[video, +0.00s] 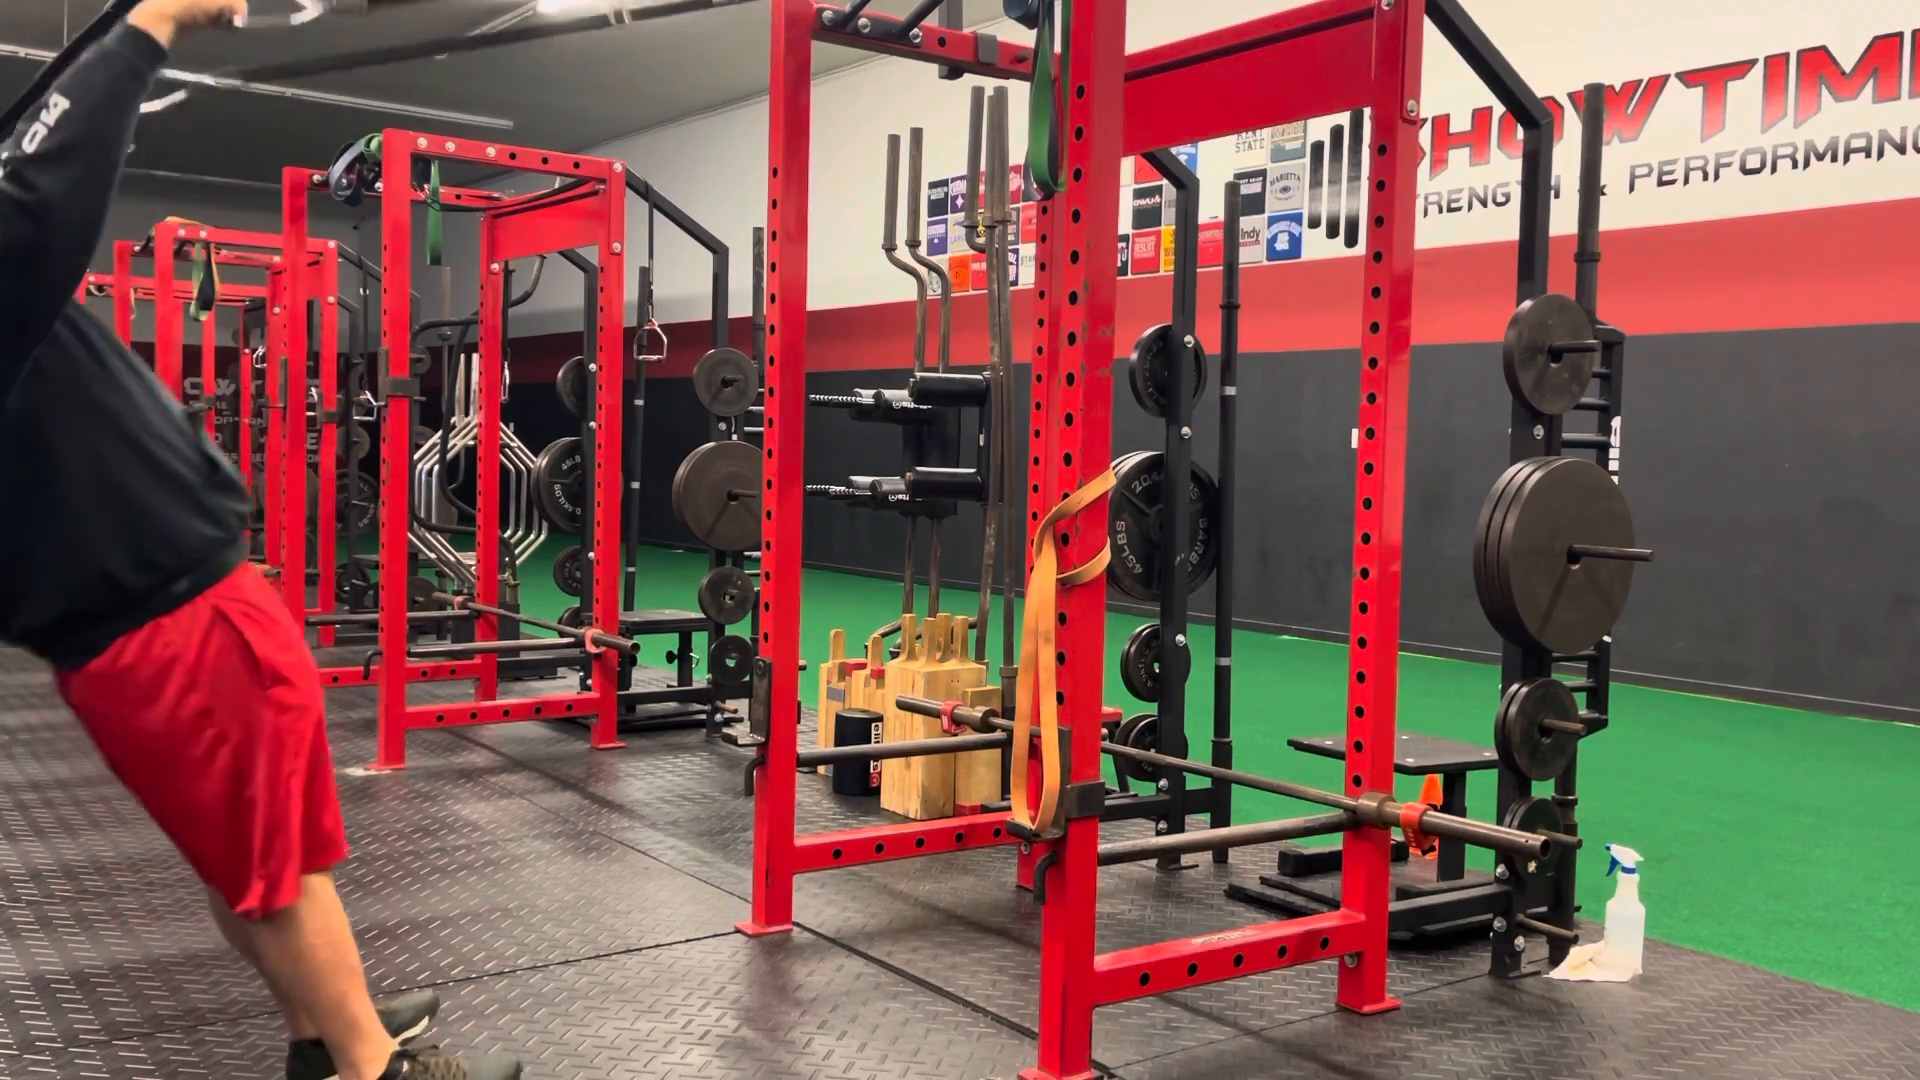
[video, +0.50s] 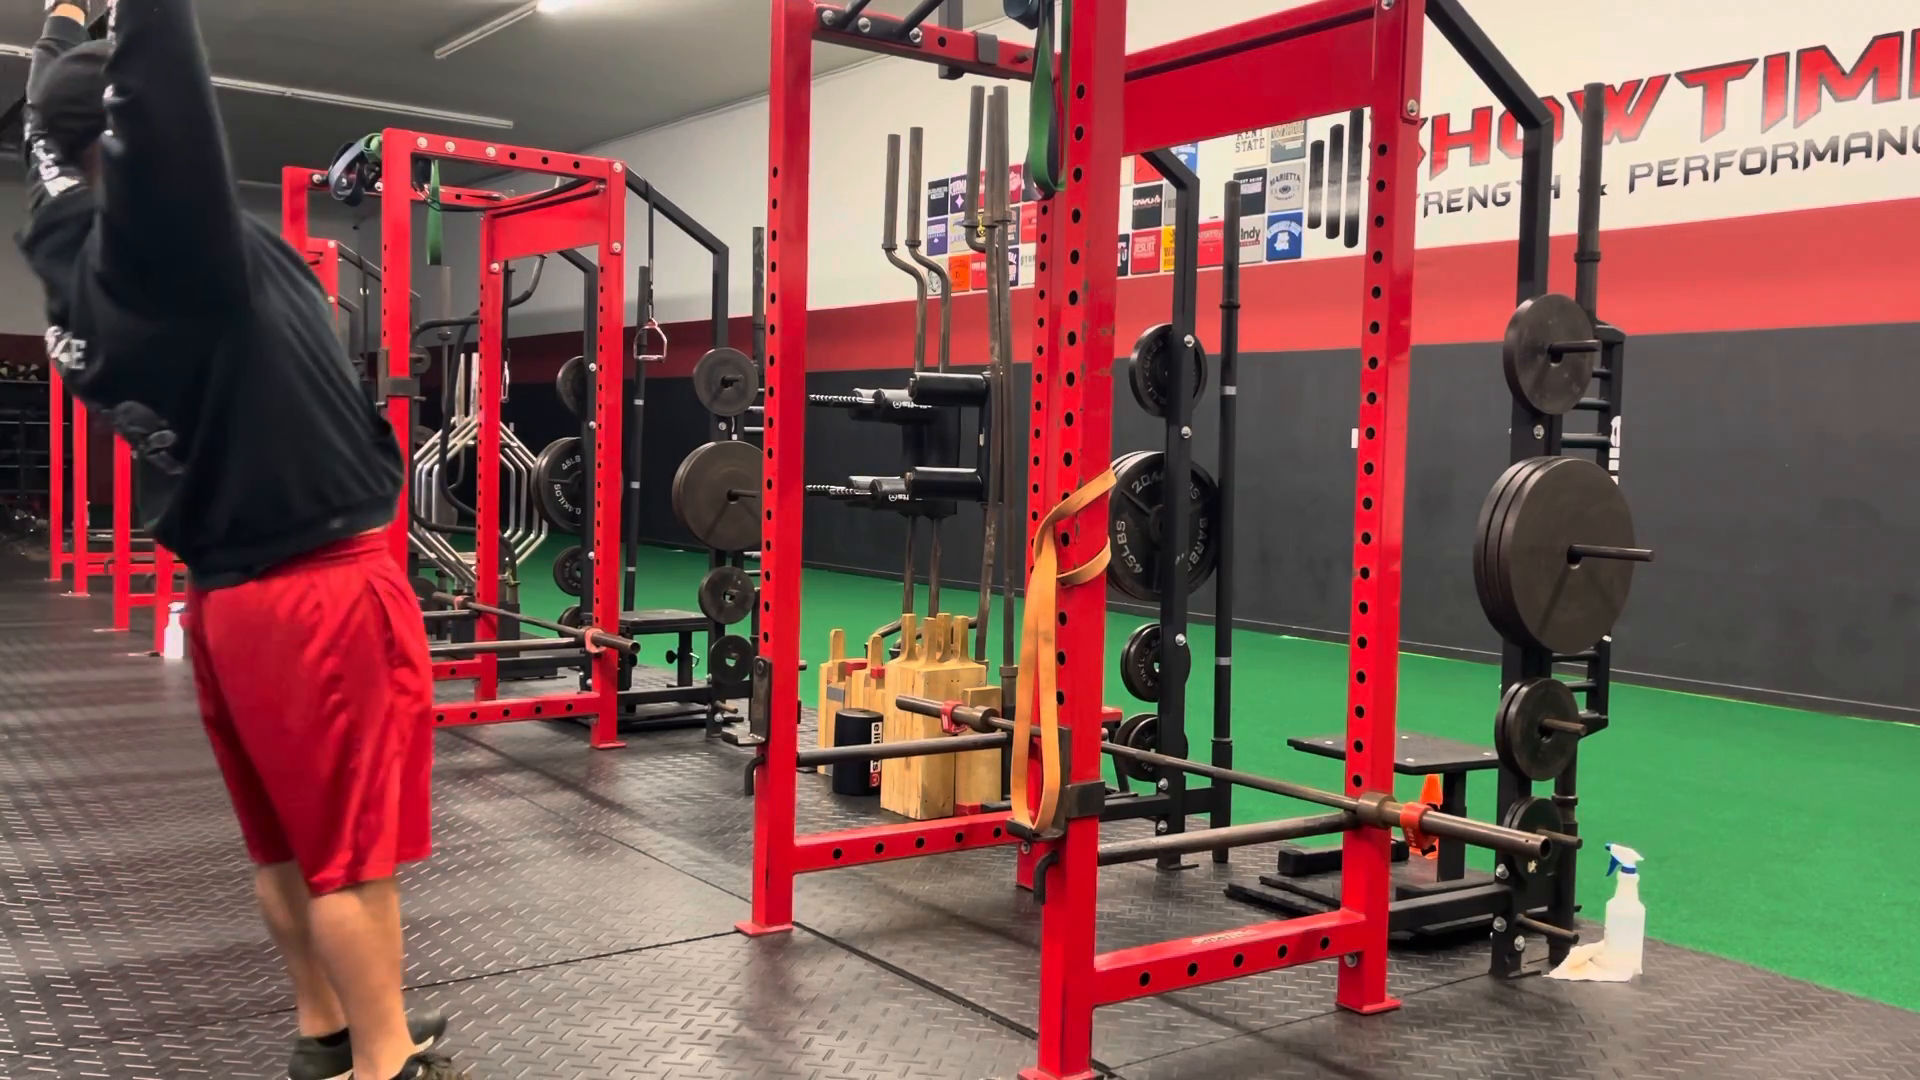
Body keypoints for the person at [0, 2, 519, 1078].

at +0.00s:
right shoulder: (11, 289)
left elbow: (33, 139)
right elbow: (43, 186)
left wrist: (140, 19)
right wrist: (150, 22)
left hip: (125, 621)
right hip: (169, 611)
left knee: (248, 863)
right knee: (282, 870)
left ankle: (329, 1035)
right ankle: (371, 1059)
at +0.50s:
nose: (178, 128)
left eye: (169, 107)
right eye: (158, 110)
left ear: (57, 151)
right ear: (130, 126)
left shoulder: (78, 271)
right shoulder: (166, 239)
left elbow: (57, 174)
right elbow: (162, 78)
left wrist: (64, 46)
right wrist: (121, 5)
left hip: (231, 605)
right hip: (322, 597)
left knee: (281, 844)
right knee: (351, 860)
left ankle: (326, 1024)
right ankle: (385, 1057)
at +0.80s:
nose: (316, 112)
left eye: (308, 99)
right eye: (301, 100)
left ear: (230, 145)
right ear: (261, 128)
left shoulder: (190, 250)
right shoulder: (289, 228)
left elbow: (128, 150)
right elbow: (227, 48)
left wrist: (83, 27)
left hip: (279, 589)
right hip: (370, 590)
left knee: (299, 833)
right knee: (374, 855)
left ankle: (334, 1027)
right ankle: (391, 1057)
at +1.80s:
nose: (190, 136)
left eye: (182, 116)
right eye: (174, 119)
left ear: (71, 155)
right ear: (146, 135)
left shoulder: (87, 274)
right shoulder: (165, 243)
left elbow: (60, 156)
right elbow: (174, 85)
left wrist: (74, 38)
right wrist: (134, 2)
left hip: (232, 603)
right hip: (317, 595)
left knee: (281, 837)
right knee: (349, 857)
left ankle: (331, 1023)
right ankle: (387, 1058)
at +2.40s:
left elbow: (21, 225)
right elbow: (34, 205)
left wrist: (100, 159)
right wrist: (155, 87)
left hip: (89, 617)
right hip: (131, 610)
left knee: (238, 855)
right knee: (263, 866)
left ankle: (342, 1036)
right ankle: (370, 1064)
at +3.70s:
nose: (118, 125)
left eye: (100, 104)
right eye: (95, 111)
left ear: (48, 151)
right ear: (69, 134)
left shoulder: (44, 284)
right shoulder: (127, 238)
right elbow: (152, 85)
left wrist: (104, 36)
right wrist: (122, 14)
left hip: (217, 612)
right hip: (308, 599)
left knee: (284, 851)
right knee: (349, 866)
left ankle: (328, 1027)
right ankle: (388, 1061)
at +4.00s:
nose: (248, 122)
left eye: (221, 99)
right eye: (226, 99)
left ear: (149, 137)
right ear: (216, 119)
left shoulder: (146, 239)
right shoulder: (244, 220)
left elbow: (105, 130)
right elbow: (230, 62)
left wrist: (83, 18)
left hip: (263, 591)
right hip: (355, 591)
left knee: (300, 836)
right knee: (371, 855)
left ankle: (331, 1027)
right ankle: (392, 1056)